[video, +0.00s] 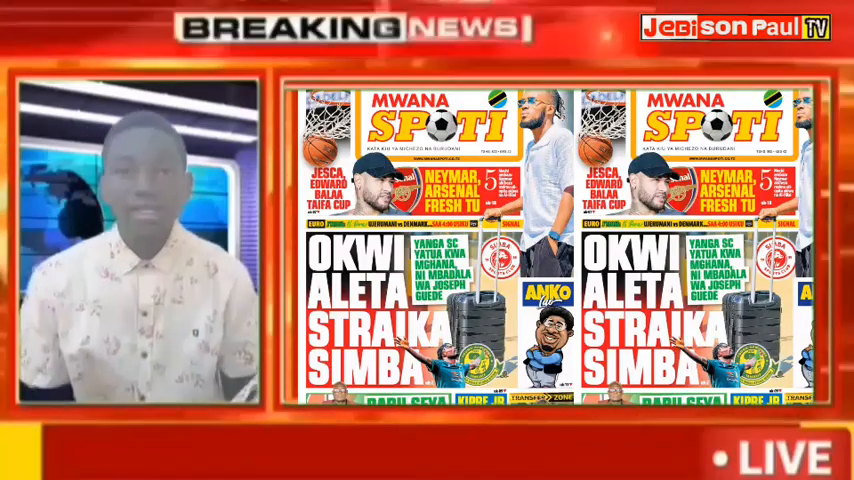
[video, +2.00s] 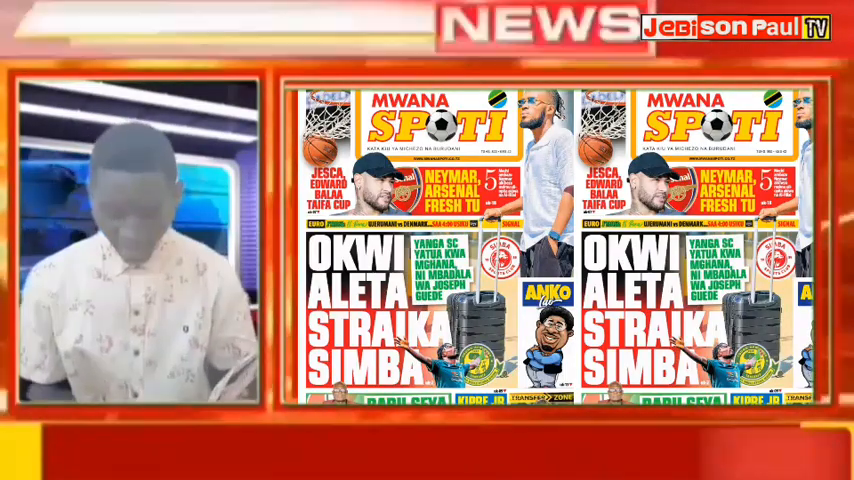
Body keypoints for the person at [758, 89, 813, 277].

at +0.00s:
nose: (799, 107)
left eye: (806, 101)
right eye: (797, 103)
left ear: (820, 108)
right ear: (795, 109)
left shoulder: (826, 148)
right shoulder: (806, 149)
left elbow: (829, 192)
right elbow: (805, 196)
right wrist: (777, 211)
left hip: (819, 239)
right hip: (804, 239)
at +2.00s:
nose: (799, 107)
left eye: (806, 101)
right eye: (797, 103)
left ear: (820, 107)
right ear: (794, 109)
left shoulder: (827, 148)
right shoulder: (806, 149)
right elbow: (804, 196)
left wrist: (833, 223)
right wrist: (777, 211)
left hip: (821, 240)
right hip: (804, 239)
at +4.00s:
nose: (799, 107)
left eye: (807, 101)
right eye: (797, 103)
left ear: (820, 107)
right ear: (794, 110)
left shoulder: (827, 148)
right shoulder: (806, 149)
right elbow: (804, 196)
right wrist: (777, 211)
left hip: (821, 240)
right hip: (804, 239)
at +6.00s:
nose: (799, 108)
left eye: (806, 102)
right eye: (797, 103)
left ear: (819, 107)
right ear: (794, 110)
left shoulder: (827, 148)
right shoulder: (806, 149)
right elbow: (805, 196)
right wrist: (776, 211)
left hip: (819, 239)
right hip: (803, 239)